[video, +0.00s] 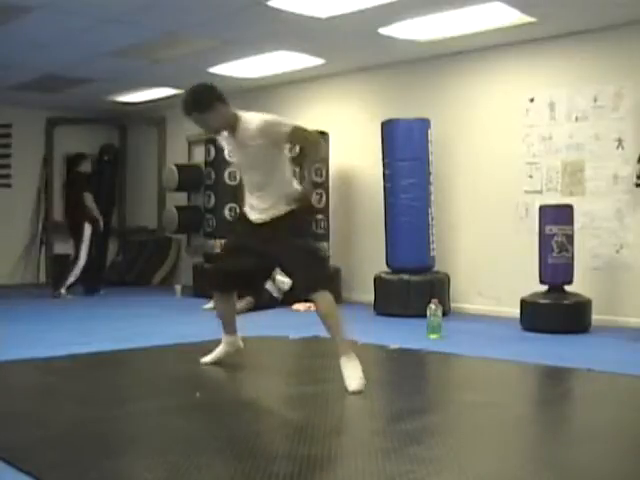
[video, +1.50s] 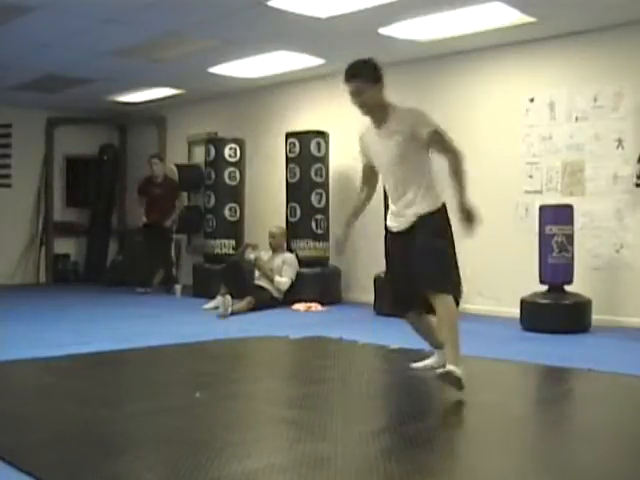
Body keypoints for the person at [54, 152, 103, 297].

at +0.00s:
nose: (90, 167)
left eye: (89, 163)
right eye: (87, 164)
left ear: (75, 165)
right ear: (81, 165)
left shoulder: (70, 180)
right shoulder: (83, 179)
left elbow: (70, 203)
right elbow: (88, 201)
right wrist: (99, 217)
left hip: (73, 219)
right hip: (83, 219)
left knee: (80, 255)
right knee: (82, 256)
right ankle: (63, 287)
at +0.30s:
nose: (112, 167)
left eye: (113, 163)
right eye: (111, 163)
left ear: (100, 160)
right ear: (106, 161)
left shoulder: (93, 175)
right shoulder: (101, 178)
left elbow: (98, 200)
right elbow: (102, 199)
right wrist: (114, 215)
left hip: (92, 217)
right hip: (102, 218)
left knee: (94, 252)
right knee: (113, 251)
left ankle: (92, 285)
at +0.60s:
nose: (134, 167)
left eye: (134, 163)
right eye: (132, 163)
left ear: (103, 159)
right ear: (123, 162)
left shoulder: (98, 175)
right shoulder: (122, 178)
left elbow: (93, 200)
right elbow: (125, 202)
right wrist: (133, 217)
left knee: (100, 250)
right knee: (130, 253)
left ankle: (97, 283)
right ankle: (137, 287)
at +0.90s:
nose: (140, 166)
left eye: (139, 162)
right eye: (138, 163)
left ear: (130, 164)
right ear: (131, 164)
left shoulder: (129, 177)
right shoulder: (133, 178)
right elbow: (133, 204)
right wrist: (146, 218)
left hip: (127, 220)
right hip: (133, 221)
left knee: (130, 253)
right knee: (136, 254)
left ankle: (132, 285)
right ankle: (137, 287)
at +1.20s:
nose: (149, 166)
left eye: (150, 163)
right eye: (145, 164)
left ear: (154, 164)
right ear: (141, 167)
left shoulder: (160, 182)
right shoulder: (136, 183)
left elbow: (163, 202)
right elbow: (128, 204)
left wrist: (164, 217)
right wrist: (140, 219)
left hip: (159, 225)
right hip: (144, 225)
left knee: (164, 257)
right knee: (141, 257)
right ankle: (140, 286)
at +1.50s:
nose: (154, 168)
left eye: (156, 164)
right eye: (152, 165)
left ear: (163, 165)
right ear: (149, 167)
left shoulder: (172, 184)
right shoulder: (146, 183)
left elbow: (178, 206)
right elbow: (141, 203)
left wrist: (170, 220)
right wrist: (142, 217)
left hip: (165, 224)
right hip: (149, 223)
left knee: (166, 256)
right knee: (149, 255)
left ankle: (168, 283)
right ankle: (148, 282)